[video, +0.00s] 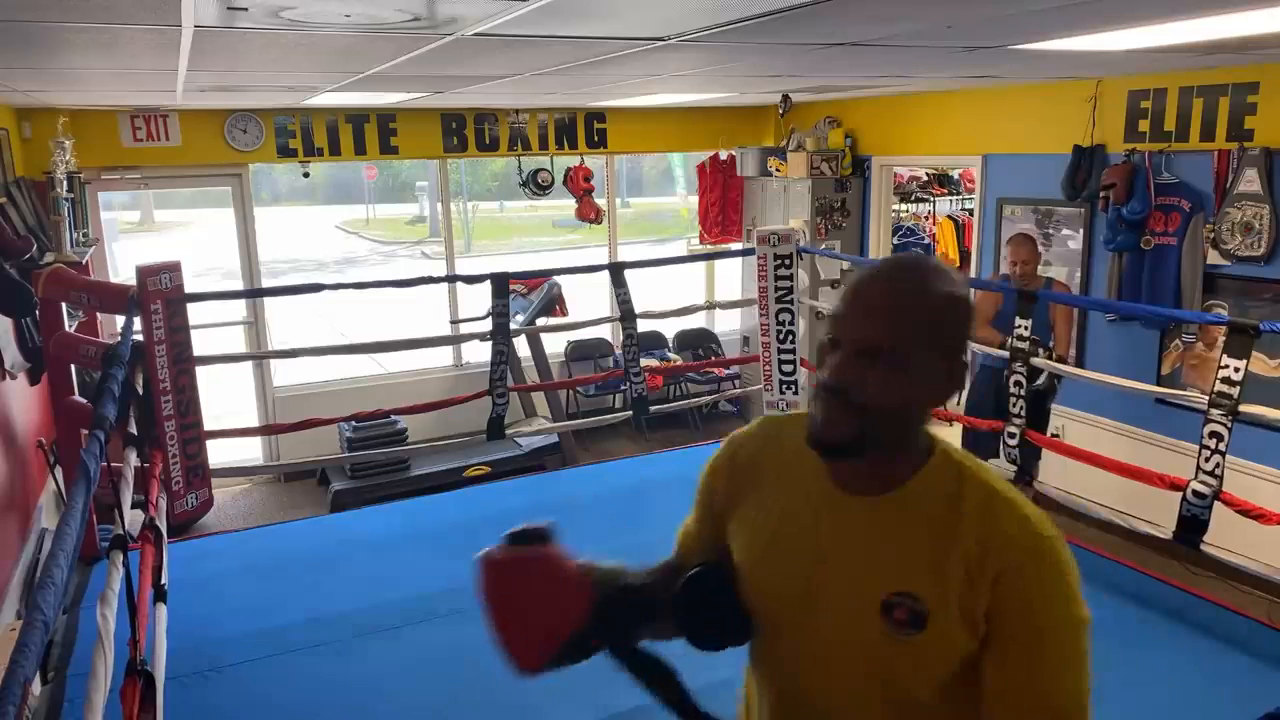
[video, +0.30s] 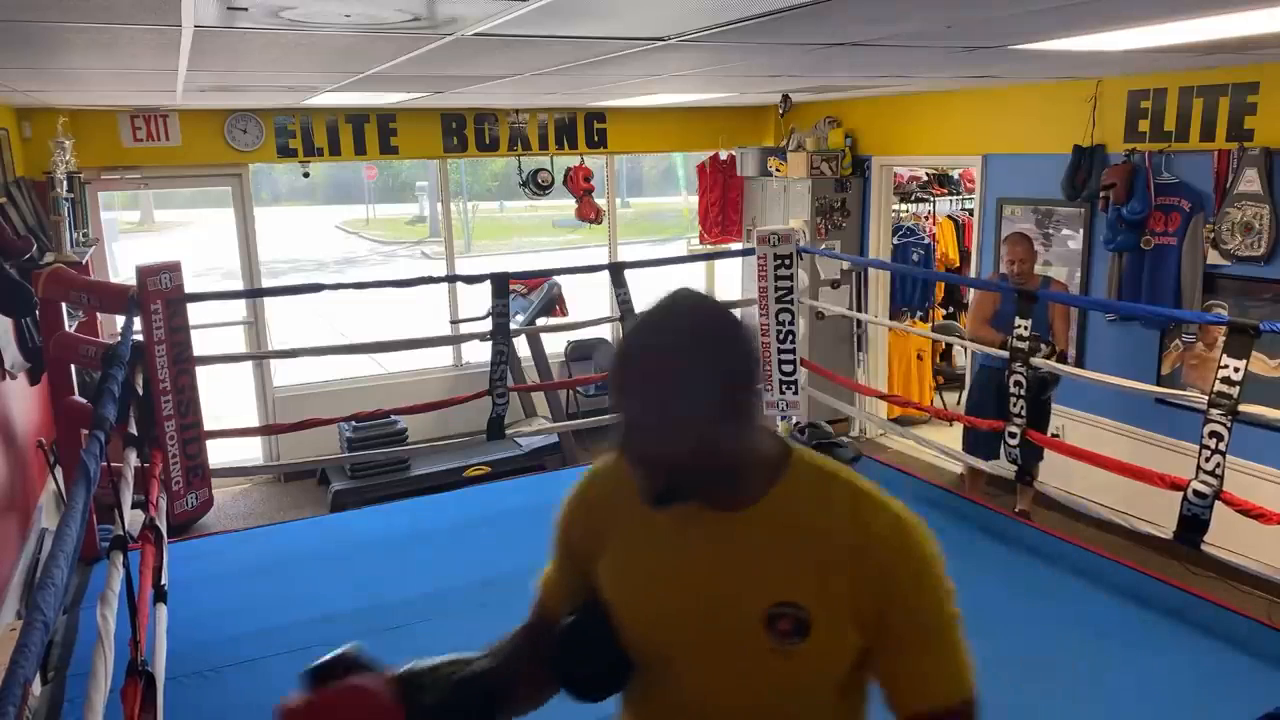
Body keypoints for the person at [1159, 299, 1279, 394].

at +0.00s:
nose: (1220, 326)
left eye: (1223, 322)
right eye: (1215, 321)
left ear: (1226, 327)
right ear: (1201, 325)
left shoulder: (1232, 350)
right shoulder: (1190, 348)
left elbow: (1271, 368)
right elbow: (1163, 369)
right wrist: (1178, 347)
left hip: (1219, 405)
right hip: (1190, 401)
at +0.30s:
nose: (1220, 327)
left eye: (1223, 322)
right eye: (1215, 321)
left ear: (1226, 327)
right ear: (1201, 325)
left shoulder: (1231, 350)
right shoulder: (1189, 348)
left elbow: (1271, 368)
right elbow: (1163, 369)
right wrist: (1178, 346)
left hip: (1218, 406)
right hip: (1189, 402)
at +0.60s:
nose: (1220, 327)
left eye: (1223, 323)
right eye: (1215, 322)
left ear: (1226, 327)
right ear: (1201, 325)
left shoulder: (1231, 350)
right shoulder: (1189, 348)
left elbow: (1270, 368)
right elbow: (1163, 369)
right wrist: (1178, 347)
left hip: (1218, 406)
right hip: (1189, 402)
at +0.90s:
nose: (1220, 327)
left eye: (1223, 323)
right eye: (1215, 322)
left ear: (1226, 327)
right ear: (1201, 325)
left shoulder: (1231, 350)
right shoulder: (1189, 348)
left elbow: (1270, 368)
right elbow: (1163, 369)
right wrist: (1178, 348)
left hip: (1217, 405)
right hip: (1188, 401)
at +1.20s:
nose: (1220, 327)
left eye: (1223, 323)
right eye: (1215, 322)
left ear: (1226, 327)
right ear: (1201, 325)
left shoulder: (1231, 350)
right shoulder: (1189, 349)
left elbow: (1270, 368)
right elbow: (1163, 369)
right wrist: (1178, 347)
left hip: (1218, 405)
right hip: (1188, 401)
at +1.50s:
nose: (1220, 327)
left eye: (1224, 322)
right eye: (1215, 321)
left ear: (1226, 327)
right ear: (1201, 325)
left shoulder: (1231, 350)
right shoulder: (1189, 349)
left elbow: (1270, 368)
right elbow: (1162, 369)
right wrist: (1178, 348)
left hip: (1217, 406)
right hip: (1188, 401)